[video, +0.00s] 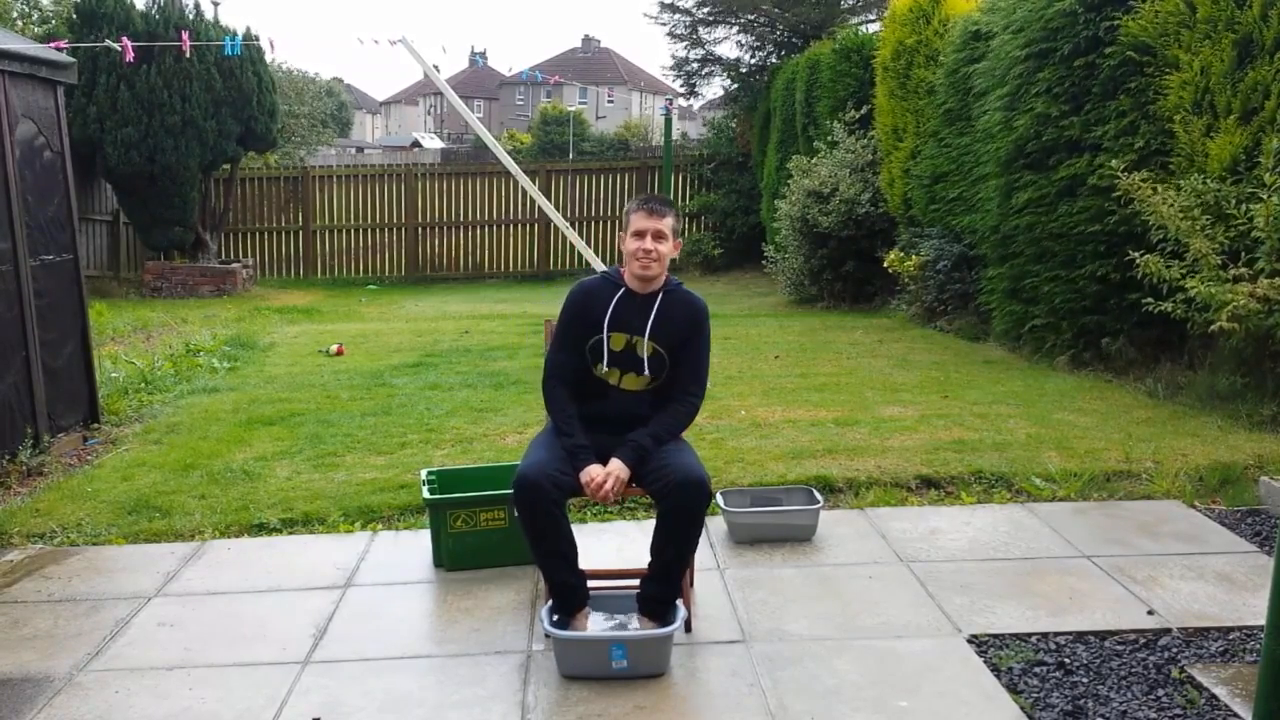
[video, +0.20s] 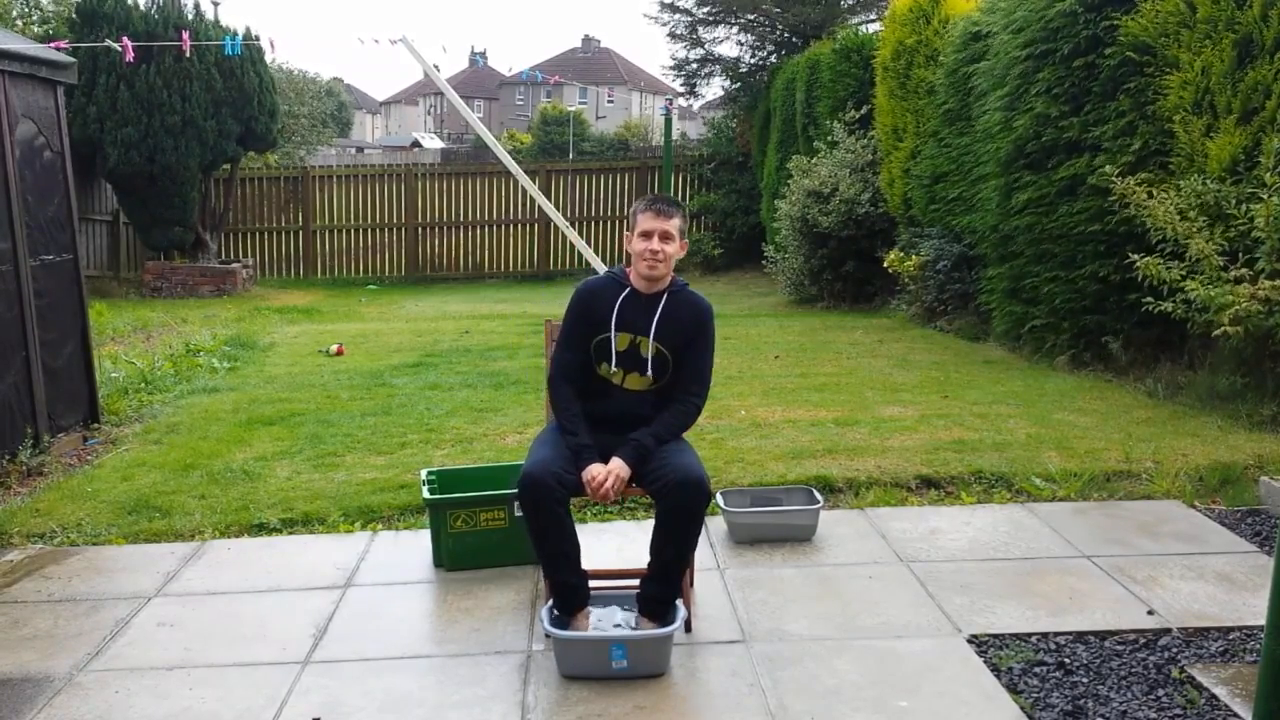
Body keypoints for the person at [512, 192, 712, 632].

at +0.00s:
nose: (647, 246)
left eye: (658, 237)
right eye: (638, 236)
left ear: (675, 248)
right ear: (622, 243)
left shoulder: (689, 311)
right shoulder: (587, 296)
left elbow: (687, 400)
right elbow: (555, 381)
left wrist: (629, 456)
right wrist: (584, 458)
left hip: (651, 434)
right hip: (579, 431)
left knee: (691, 486)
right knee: (532, 482)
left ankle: (656, 605)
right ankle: (571, 605)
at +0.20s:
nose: (654, 246)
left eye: (666, 238)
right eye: (645, 236)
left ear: (681, 248)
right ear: (629, 242)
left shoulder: (694, 312)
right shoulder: (592, 295)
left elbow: (689, 401)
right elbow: (561, 380)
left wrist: (630, 456)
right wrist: (587, 456)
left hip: (653, 434)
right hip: (582, 429)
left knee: (691, 486)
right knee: (537, 480)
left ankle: (655, 606)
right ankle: (572, 604)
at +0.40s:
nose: (649, 246)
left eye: (660, 238)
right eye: (641, 236)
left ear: (675, 249)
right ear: (624, 241)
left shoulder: (686, 309)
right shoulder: (584, 297)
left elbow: (683, 395)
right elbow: (558, 383)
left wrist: (632, 455)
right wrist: (587, 453)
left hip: (650, 431)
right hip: (579, 429)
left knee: (691, 485)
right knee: (540, 485)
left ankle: (656, 604)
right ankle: (576, 603)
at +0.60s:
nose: (627, 247)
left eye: (638, 237)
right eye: (618, 236)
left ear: (653, 247)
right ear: (600, 243)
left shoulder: (669, 306)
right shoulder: (568, 301)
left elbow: (675, 393)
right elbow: (547, 385)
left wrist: (635, 450)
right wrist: (576, 407)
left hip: (649, 431)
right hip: (578, 431)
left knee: (689, 483)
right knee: (531, 487)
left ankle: (657, 603)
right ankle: (575, 605)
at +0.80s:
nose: (608, 246)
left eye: (619, 236)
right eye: (598, 237)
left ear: (635, 244)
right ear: (582, 244)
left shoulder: (658, 302)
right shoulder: (556, 304)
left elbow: (672, 391)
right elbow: (541, 388)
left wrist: (630, 450)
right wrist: (569, 394)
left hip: (645, 430)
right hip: (574, 434)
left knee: (684, 482)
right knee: (530, 488)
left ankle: (657, 606)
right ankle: (574, 605)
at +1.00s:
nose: (604, 245)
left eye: (615, 235)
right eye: (594, 235)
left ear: (632, 244)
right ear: (579, 242)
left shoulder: (657, 302)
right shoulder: (554, 304)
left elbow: (672, 390)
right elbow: (545, 390)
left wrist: (634, 452)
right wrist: (579, 449)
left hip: (646, 432)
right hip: (573, 435)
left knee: (688, 483)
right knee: (529, 488)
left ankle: (657, 606)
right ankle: (573, 604)